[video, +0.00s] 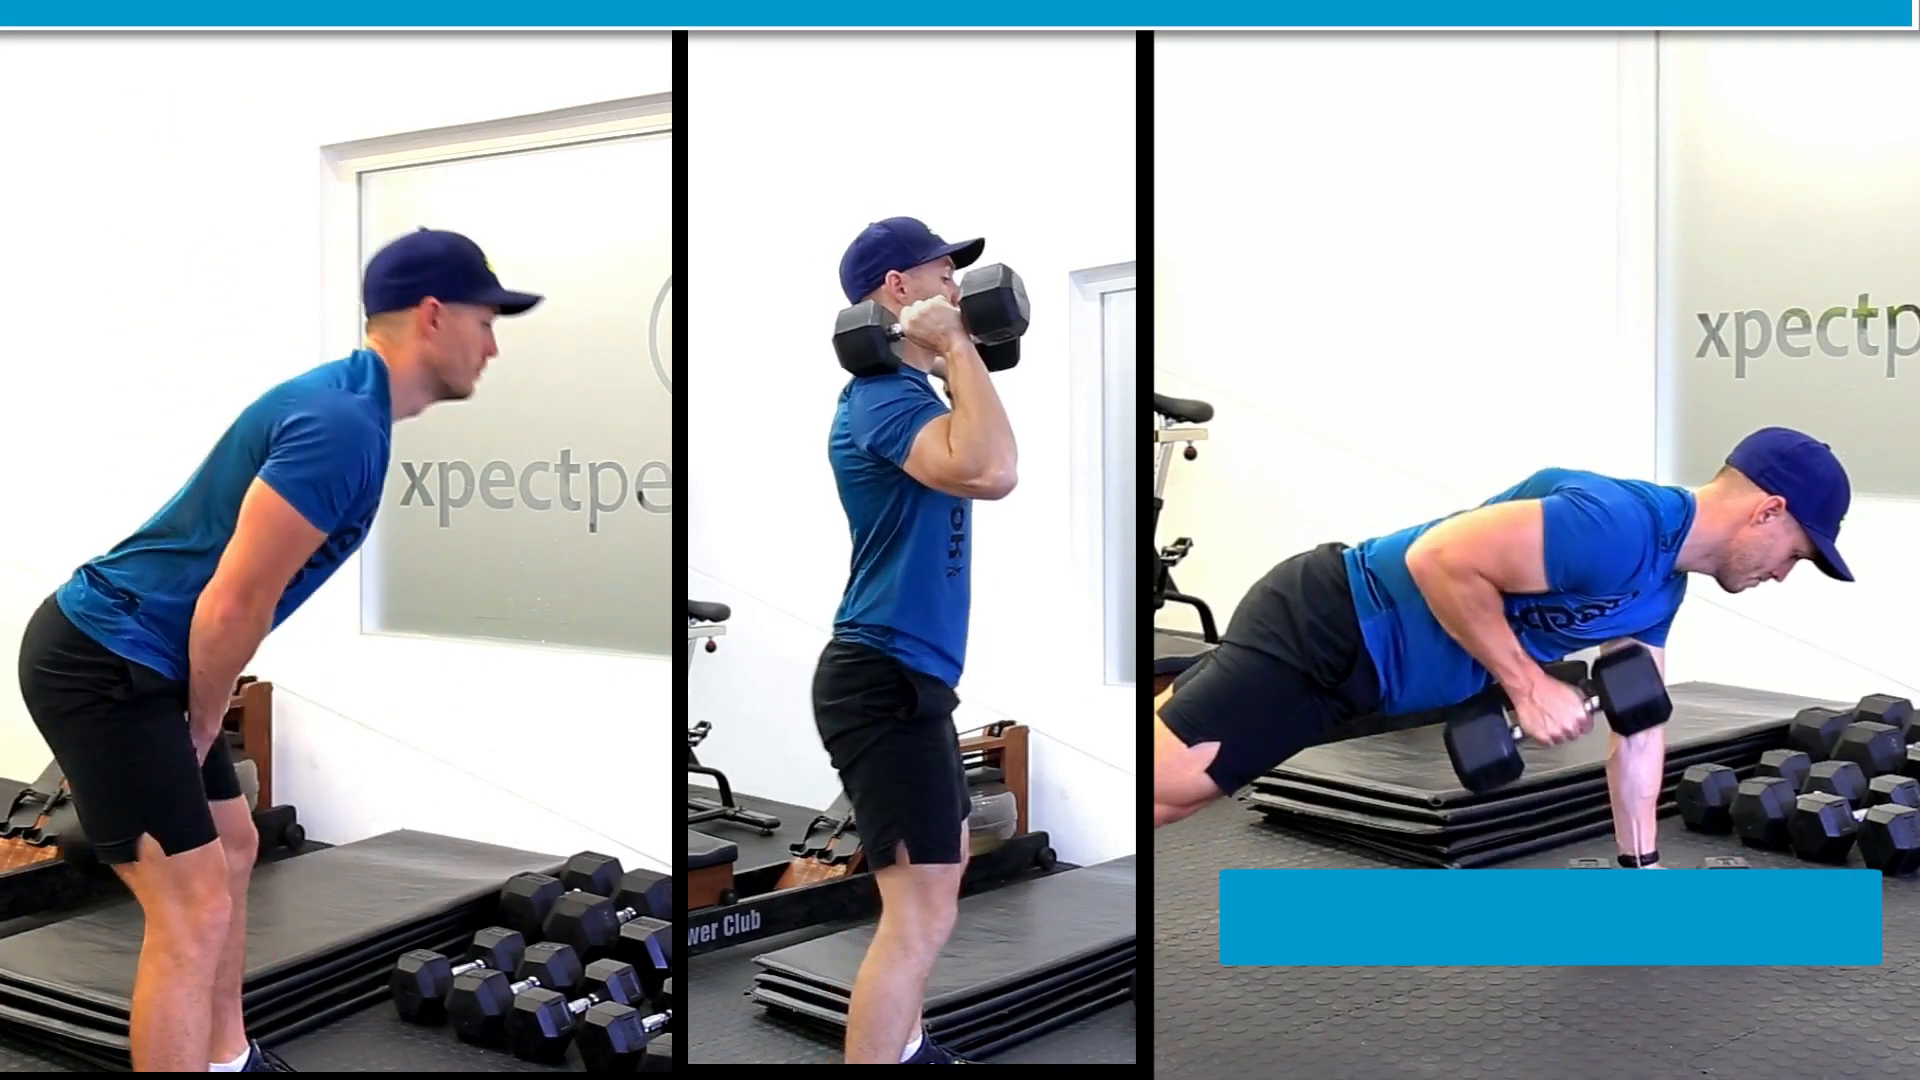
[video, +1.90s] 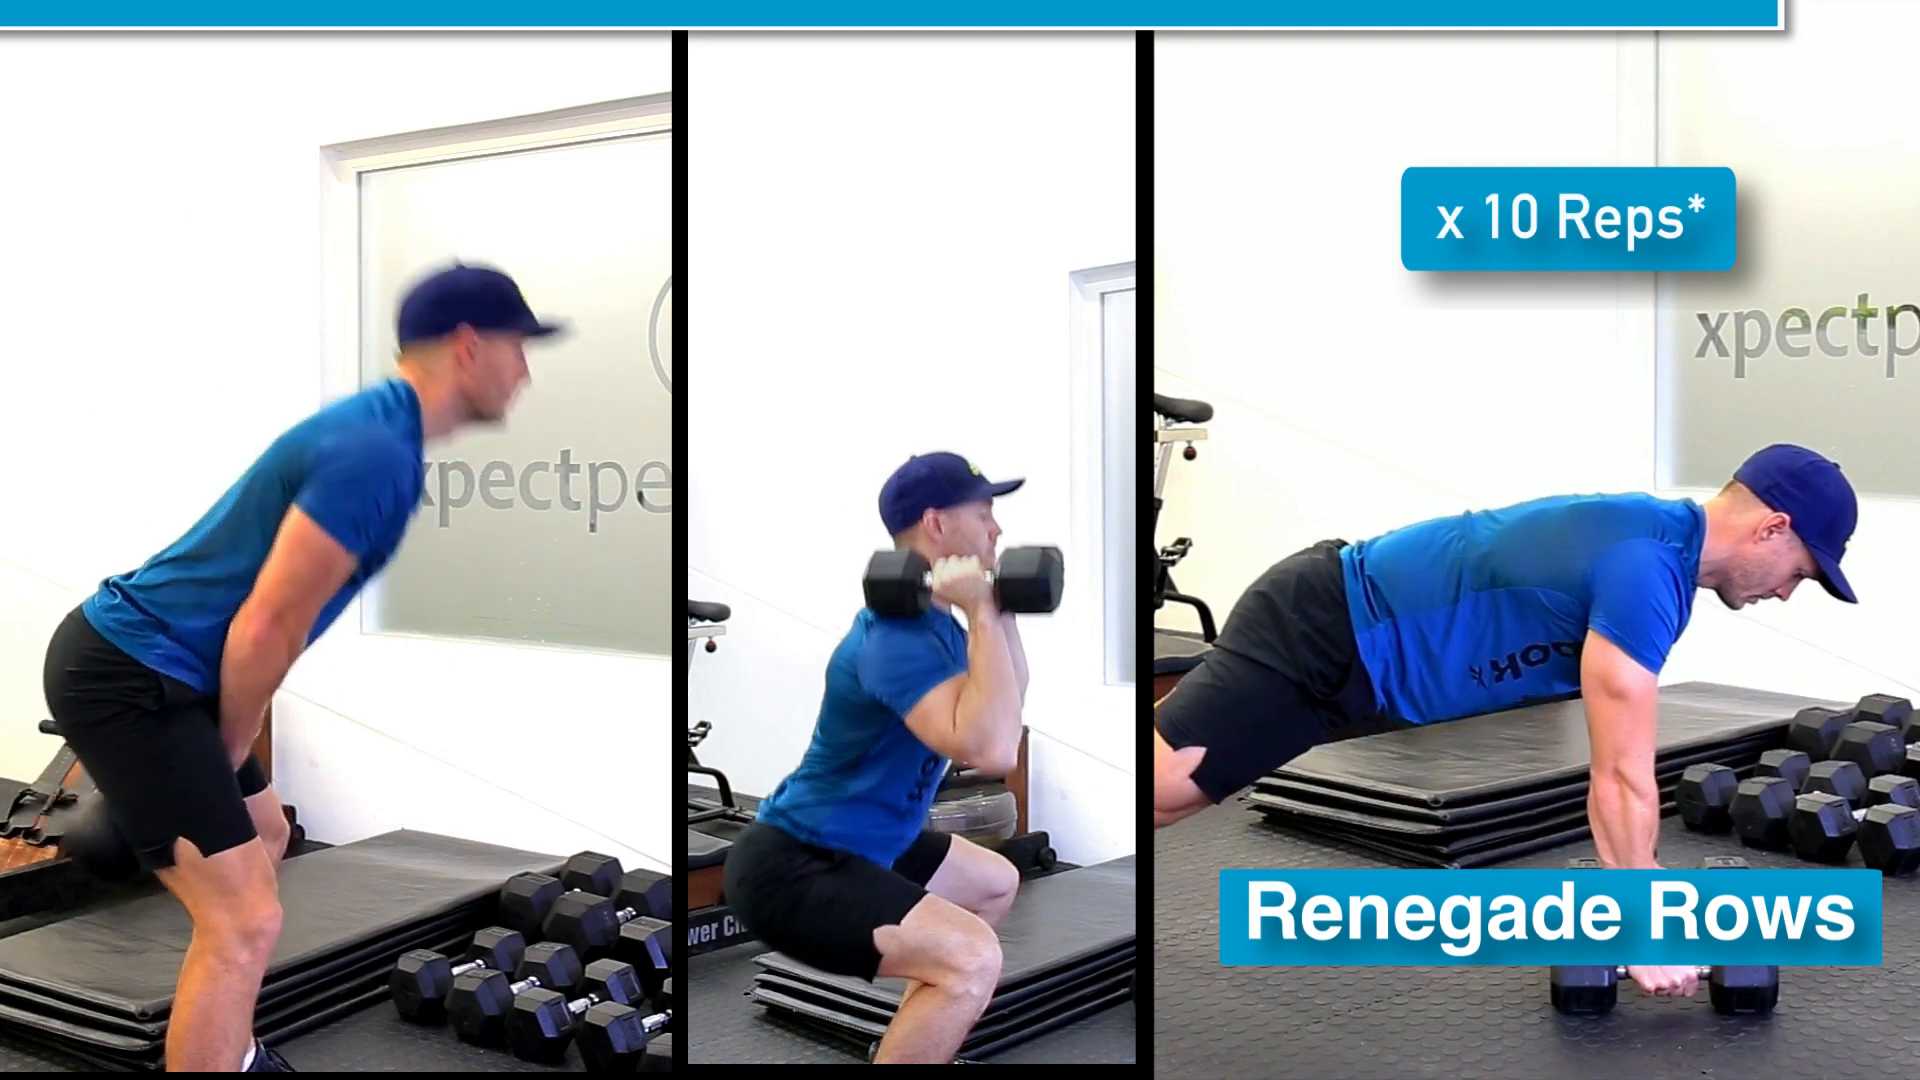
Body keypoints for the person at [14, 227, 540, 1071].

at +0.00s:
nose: (495, 345)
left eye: (496, 322)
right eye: (486, 319)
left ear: (426, 319)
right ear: (430, 316)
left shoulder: (352, 414)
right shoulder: (341, 424)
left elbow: (243, 596)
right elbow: (231, 604)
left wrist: (202, 720)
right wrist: (198, 736)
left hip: (153, 651)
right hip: (101, 654)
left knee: (232, 846)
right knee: (192, 908)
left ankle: (224, 1059)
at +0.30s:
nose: (433, 252)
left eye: (429, 233)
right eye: (418, 232)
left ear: (361, 241)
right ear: (360, 237)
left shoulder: (313, 357)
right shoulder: (298, 364)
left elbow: (258, 558)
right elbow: (246, 571)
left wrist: (250, 687)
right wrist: (249, 699)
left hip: (190, 652)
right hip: (141, 655)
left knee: (251, 849)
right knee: (228, 915)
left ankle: (219, 1044)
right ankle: (197, 1073)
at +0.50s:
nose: (309, 195)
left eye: (309, 175)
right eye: (297, 171)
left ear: (233, 174)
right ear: (234, 168)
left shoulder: (200, 289)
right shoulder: (198, 298)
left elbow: (253, 489)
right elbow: (258, 497)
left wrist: (334, 588)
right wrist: (345, 592)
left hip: (205, 630)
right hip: (195, 637)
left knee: (233, 878)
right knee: (223, 907)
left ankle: (226, 1055)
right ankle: (193, 1074)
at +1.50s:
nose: (441, 282)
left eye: (439, 261)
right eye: (425, 259)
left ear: (368, 266)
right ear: (367, 261)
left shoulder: (318, 382)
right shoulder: (312, 393)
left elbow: (272, 587)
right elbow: (264, 599)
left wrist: (279, 713)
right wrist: (277, 734)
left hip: (166, 673)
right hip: (128, 676)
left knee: (262, 859)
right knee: (247, 923)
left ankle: (222, 1041)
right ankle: (205, 1062)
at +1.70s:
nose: (535, 401)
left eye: (536, 379)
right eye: (526, 376)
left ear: (468, 381)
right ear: (473, 380)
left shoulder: (387, 467)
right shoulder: (379, 488)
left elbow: (264, 650)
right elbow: (249, 660)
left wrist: (247, 779)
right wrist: (203, 779)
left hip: (163, 674)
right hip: (118, 685)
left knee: (273, 835)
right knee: (251, 928)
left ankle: (218, 1033)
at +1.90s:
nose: (528, 367)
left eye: (528, 347)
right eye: (517, 346)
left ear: (461, 350)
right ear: (465, 348)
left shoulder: (378, 437)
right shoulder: (376, 453)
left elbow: (269, 630)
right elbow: (262, 630)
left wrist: (252, 780)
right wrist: (223, 772)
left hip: (149, 660)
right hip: (129, 669)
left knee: (253, 882)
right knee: (241, 925)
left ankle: (225, 1049)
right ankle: (207, 1063)